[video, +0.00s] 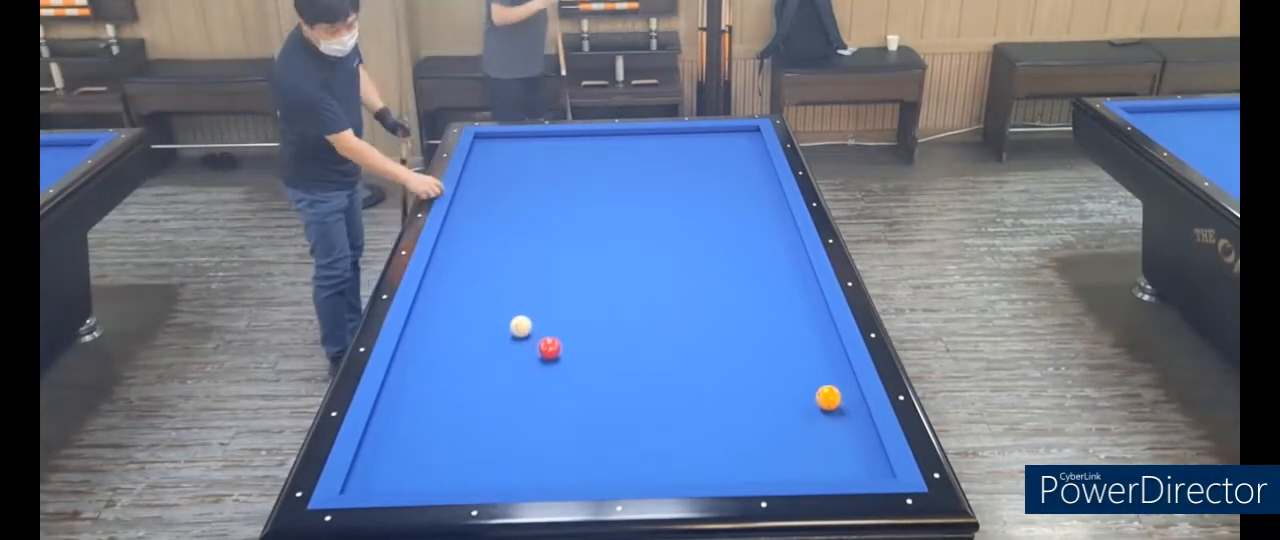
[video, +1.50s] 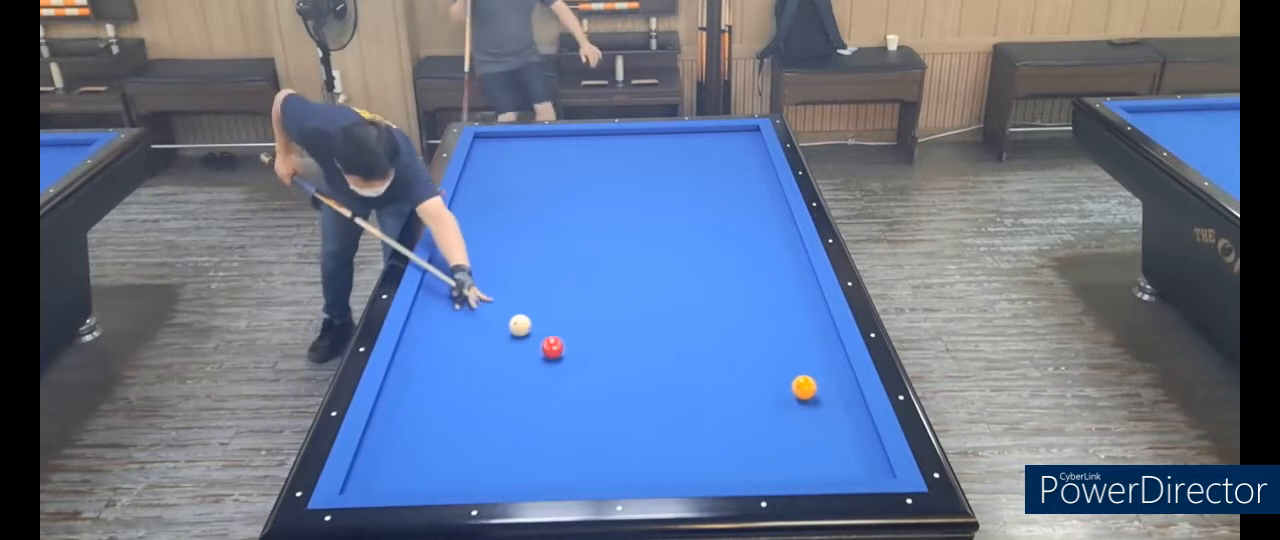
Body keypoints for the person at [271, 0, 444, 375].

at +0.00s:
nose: (344, 37)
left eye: (349, 26)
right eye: (332, 31)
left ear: (355, 14)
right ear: (307, 26)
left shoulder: (342, 37)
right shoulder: (297, 74)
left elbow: (356, 74)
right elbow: (347, 146)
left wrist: (383, 113)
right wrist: (408, 177)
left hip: (346, 177)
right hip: (316, 187)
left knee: (351, 257)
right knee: (332, 268)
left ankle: (354, 328)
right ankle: (338, 353)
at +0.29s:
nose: (338, 45)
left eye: (343, 34)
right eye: (326, 40)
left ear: (348, 18)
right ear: (300, 31)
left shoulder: (349, 36)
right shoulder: (288, 68)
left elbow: (366, 65)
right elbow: (316, 148)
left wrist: (381, 78)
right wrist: (385, 174)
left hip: (346, 177)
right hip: (309, 185)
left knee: (351, 258)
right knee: (327, 267)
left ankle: (353, 331)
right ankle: (338, 352)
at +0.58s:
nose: (313, 46)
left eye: (317, 36)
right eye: (301, 42)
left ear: (323, 19)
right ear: (276, 35)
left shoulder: (347, 36)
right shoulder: (255, 65)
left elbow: (401, 79)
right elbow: (234, 140)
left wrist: (391, 76)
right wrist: (278, 194)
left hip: (351, 182)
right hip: (300, 193)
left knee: (363, 262)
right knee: (313, 275)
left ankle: (351, 333)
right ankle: (333, 352)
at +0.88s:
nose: (314, 85)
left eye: (319, 75)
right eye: (302, 81)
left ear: (324, 59)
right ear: (275, 73)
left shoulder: (350, 78)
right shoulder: (249, 81)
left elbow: (394, 130)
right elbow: (225, 123)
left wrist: (402, 176)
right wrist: (252, 173)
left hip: (359, 188)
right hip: (300, 194)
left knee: (383, 269)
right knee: (309, 276)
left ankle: (414, 341)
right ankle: (332, 353)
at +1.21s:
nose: (348, 159)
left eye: (355, 150)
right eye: (338, 152)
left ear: (366, 131)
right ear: (317, 136)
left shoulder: (382, 130)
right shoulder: (297, 105)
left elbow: (420, 192)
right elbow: (262, 97)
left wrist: (440, 252)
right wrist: (274, 157)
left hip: (385, 192)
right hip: (329, 189)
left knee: (395, 269)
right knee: (320, 266)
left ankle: (405, 349)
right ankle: (331, 345)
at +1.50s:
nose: (372, 194)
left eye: (380, 186)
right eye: (363, 188)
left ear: (393, 165)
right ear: (343, 170)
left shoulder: (405, 161)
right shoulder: (322, 128)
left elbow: (438, 216)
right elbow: (282, 100)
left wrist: (461, 271)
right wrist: (283, 153)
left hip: (395, 192)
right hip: (339, 186)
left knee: (396, 258)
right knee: (334, 255)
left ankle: (399, 327)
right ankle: (337, 323)